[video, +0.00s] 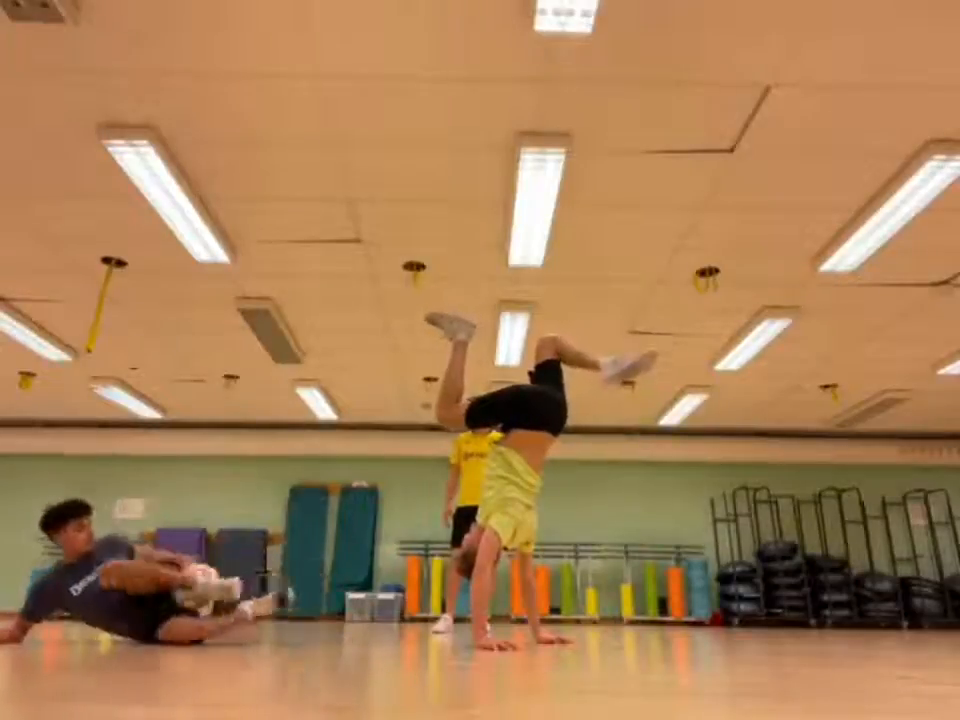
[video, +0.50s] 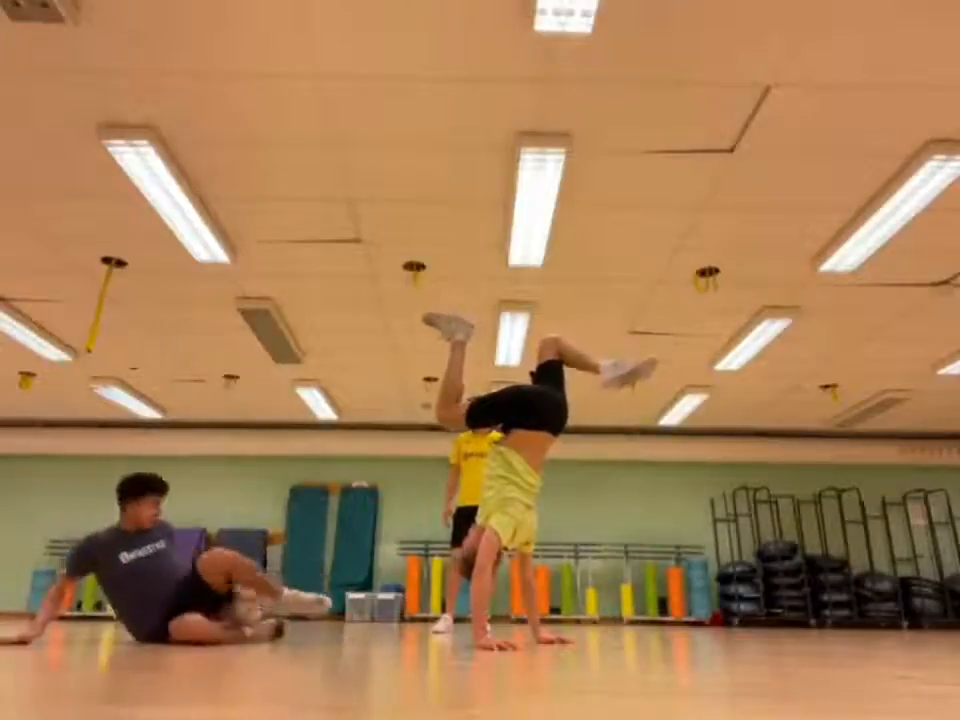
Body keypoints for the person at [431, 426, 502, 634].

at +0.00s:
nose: (477, 421)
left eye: (481, 415)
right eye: (473, 414)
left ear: (492, 416)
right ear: (466, 416)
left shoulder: (500, 439)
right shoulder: (463, 440)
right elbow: (454, 473)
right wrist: (449, 502)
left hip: (492, 504)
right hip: (466, 504)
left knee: (488, 564)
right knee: (457, 560)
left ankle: (483, 618)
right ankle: (449, 613)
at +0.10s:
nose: (477, 421)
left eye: (481, 415)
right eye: (473, 414)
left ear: (492, 416)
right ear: (466, 416)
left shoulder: (500, 439)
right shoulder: (463, 440)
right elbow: (454, 473)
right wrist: (449, 502)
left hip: (492, 504)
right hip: (466, 504)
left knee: (488, 564)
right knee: (457, 560)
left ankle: (483, 618)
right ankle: (449, 613)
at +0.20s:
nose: (478, 420)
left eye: (482, 414)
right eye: (474, 414)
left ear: (492, 416)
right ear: (467, 415)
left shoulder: (499, 439)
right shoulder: (462, 440)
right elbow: (454, 473)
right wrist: (449, 502)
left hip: (492, 504)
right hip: (466, 504)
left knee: (488, 564)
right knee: (457, 560)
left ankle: (483, 618)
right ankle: (449, 613)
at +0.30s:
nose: (478, 420)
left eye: (482, 414)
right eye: (474, 414)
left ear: (492, 416)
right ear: (467, 415)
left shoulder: (499, 439)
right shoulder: (462, 440)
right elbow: (454, 473)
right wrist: (449, 502)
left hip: (492, 504)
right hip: (466, 504)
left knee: (488, 564)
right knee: (457, 560)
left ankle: (483, 618)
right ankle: (449, 613)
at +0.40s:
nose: (478, 420)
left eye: (482, 414)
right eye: (474, 414)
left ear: (492, 416)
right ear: (467, 415)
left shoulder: (499, 439)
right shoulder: (462, 440)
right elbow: (454, 473)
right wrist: (449, 502)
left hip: (492, 504)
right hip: (466, 504)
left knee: (488, 564)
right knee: (457, 560)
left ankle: (483, 618)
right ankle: (449, 613)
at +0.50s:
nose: (477, 419)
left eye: (482, 413)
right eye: (474, 413)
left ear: (492, 415)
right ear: (467, 415)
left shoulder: (499, 439)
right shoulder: (463, 440)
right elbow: (454, 473)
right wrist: (449, 502)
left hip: (492, 504)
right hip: (466, 504)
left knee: (489, 564)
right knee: (457, 559)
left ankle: (483, 618)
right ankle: (449, 613)